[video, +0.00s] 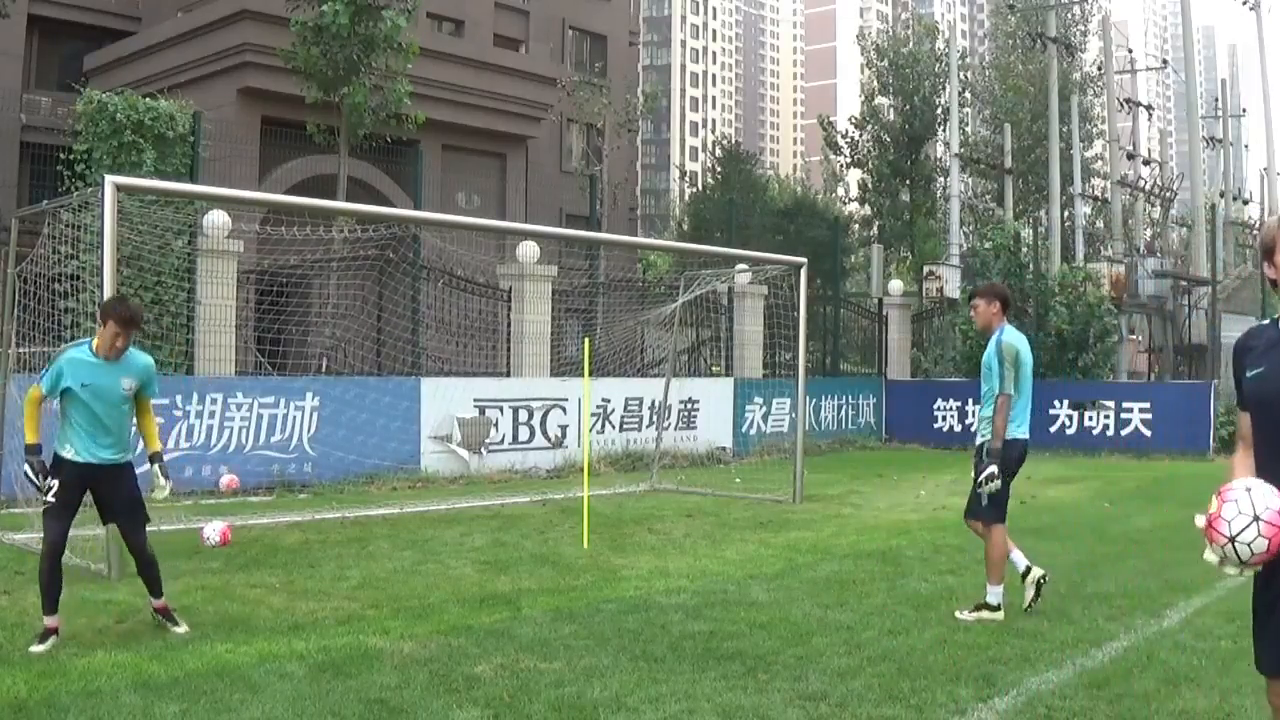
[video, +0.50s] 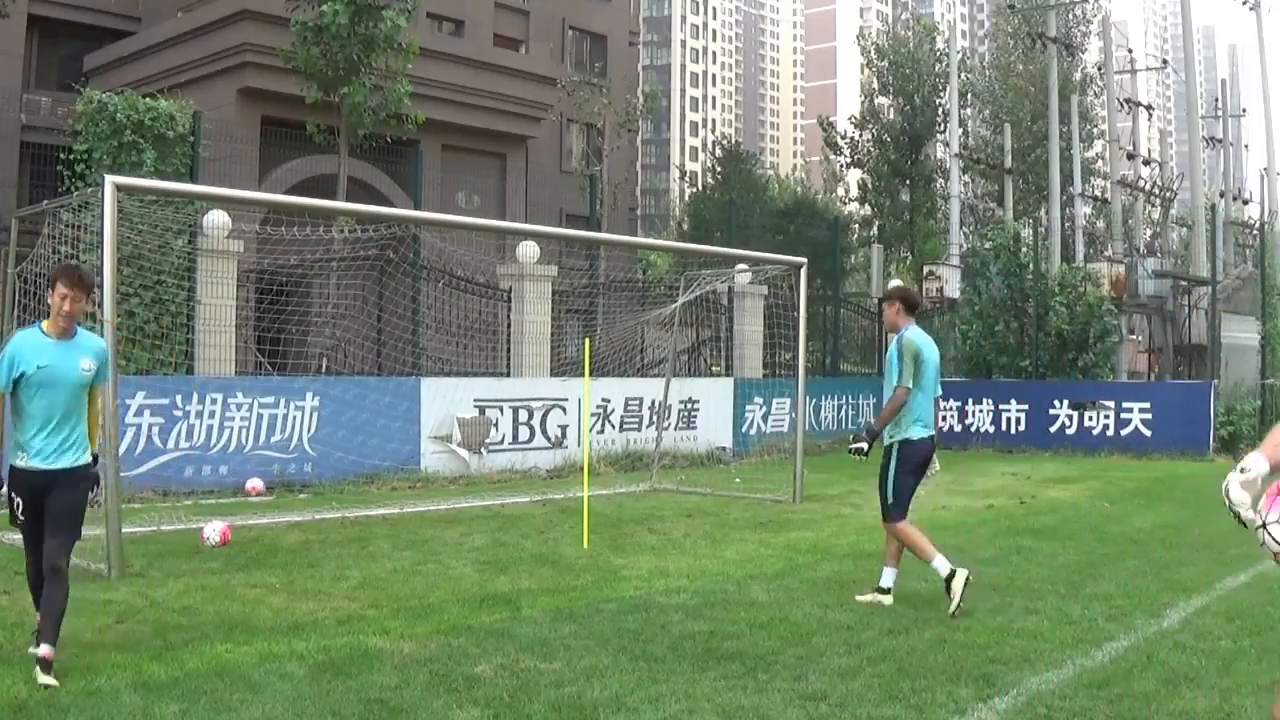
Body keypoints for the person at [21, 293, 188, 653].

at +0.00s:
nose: (122, 343)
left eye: (128, 336)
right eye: (117, 334)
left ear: (134, 334)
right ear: (101, 325)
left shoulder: (142, 366)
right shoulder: (70, 360)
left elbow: (145, 412)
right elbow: (33, 399)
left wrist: (157, 459)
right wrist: (33, 454)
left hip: (116, 468)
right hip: (69, 465)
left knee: (139, 545)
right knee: (52, 545)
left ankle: (160, 606)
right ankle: (50, 627)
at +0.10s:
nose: (109, 332)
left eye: (115, 325)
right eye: (104, 323)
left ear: (121, 325)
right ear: (86, 317)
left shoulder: (129, 359)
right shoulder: (55, 354)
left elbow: (132, 410)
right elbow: (23, 399)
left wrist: (139, 459)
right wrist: (18, 451)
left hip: (104, 467)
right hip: (58, 465)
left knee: (125, 546)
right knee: (48, 546)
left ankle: (149, 601)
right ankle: (50, 627)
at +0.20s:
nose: (95, 317)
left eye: (101, 310)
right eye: (89, 308)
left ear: (107, 309)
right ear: (72, 302)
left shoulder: (114, 348)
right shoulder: (39, 345)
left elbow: (114, 402)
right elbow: (11, 395)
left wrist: (115, 453)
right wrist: (4, 446)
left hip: (94, 462)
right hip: (48, 462)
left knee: (107, 542)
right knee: (47, 546)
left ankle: (107, 607)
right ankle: (50, 627)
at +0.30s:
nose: (84, 311)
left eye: (91, 305)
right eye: (78, 302)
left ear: (98, 307)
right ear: (63, 299)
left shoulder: (107, 345)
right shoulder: (31, 344)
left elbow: (108, 401)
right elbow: (4, 394)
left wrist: (109, 450)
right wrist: (2, 449)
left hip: (88, 460)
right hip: (42, 462)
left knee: (92, 541)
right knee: (46, 546)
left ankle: (84, 622)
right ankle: (50, 626)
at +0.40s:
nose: (71, 308)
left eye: (80, 302)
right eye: (66, 299)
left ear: (89, 306)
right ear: (53, 296)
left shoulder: (97, 348)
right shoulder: (23, 345)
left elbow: (98, 403)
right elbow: (1, 399)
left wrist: (99, 450)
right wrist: (4, 459)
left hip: (79, 465)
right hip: (33, 465)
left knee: (68, 553)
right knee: (42, 554)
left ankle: (61, 645)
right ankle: (47, 623)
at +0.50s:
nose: (68, 307)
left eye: (77, 301)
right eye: (63, 298)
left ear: (86, 305)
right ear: (50, 296)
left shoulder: (96, 349)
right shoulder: (19, 345)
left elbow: (95, 406)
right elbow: (2, 402)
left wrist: (95, 455)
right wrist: (4, 460)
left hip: (74, 469)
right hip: (26, 468)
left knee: (57, 562)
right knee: (36, 562)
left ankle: (47, 652)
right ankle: (44, 621)